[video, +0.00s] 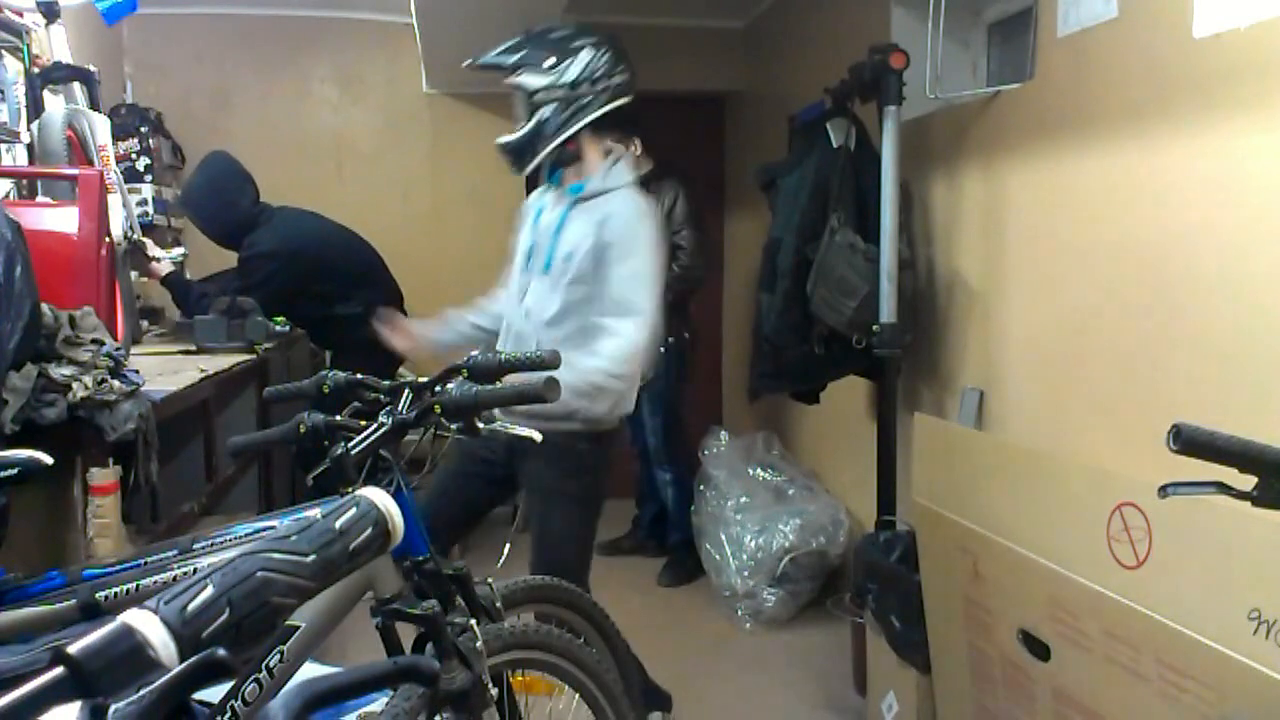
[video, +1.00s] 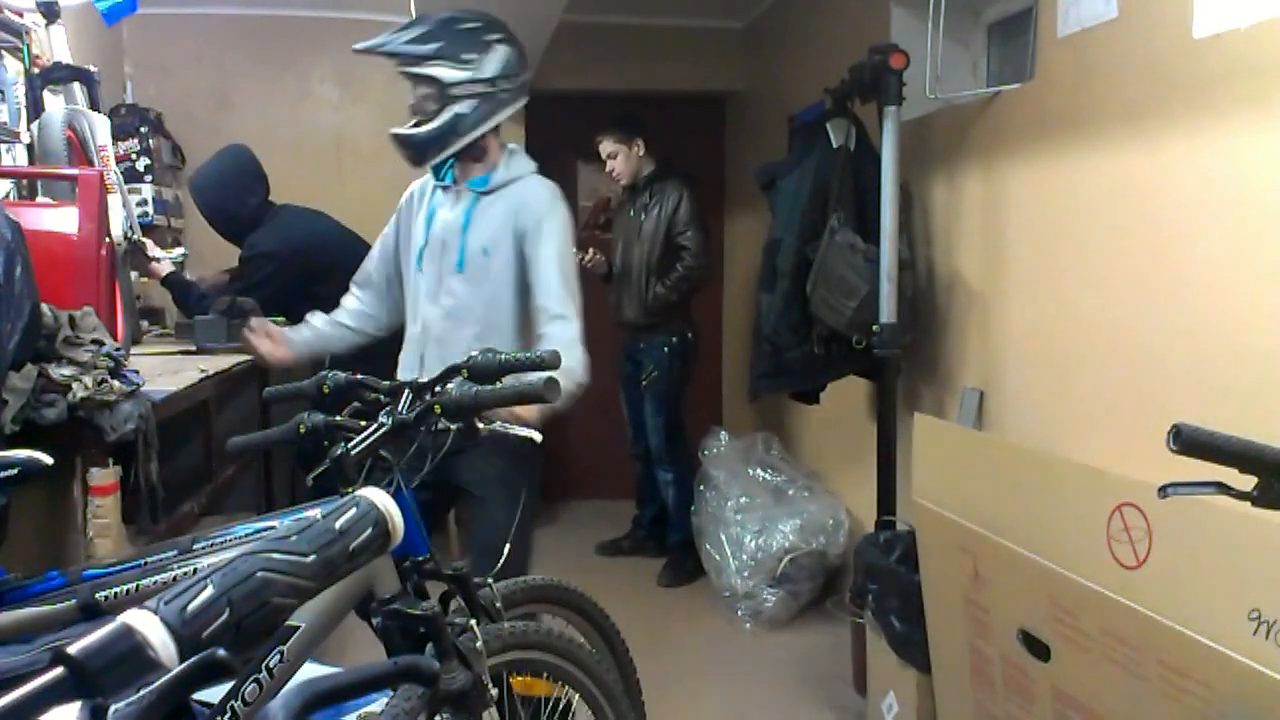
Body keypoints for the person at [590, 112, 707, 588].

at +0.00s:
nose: (611, 164)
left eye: (614, 155)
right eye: (607, 157)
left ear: (636, 149)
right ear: (615, 157)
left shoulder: (669, 193)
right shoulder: (615, 202)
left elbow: (690, 263)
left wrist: (654, 299)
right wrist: (614, 299)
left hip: (665, 328)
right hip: (629, 325)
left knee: (662, 437)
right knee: (640, 436)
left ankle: (684, 543)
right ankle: (649, 527)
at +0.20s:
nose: (606, 166)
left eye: (610, 156)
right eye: (602, 159)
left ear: (636, 149)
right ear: (615, 160)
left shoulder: (671, 193)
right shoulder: (626, 202)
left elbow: (691, 259)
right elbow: (621, 260)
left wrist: (655, 296)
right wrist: (614, 293)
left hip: (662, 334)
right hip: (629, 333)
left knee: (663, 440)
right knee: (639, 439)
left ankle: (685, 545)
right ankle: (649, 528)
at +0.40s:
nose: (607, 167)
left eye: (611, 156)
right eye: (603, 160)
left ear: (638, 148)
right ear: (613, 161)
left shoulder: (672, 192)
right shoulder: (624, 204)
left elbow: (694, 263)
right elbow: (624, 269)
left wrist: (653, 297)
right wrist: (601, 265)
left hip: (664, 334)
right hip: (631, 333)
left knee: (664, 441)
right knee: (640, 441)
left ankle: (683, 546)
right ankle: (650, 530)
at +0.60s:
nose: (608, 167)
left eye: (612, 156)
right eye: (603, 160)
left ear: (638, 148)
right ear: (614, 160)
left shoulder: (672, 192)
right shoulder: (625, 204)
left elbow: (695, 262)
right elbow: (627, 265)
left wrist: (654, 299)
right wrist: (603, 265)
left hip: (665, 335)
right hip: (632, 334)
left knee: (664, 442)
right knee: (640, 442)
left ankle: (683, 545)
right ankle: (649, 530)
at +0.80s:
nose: (608, 167)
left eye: (613, 156)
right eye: (604, 160)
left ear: (639, 148)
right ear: (615, 160)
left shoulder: (673, 193)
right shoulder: (625, 205)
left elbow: (695, 262)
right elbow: (626, 264)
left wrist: (655, 298)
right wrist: (603, 265)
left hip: (665, 335)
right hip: (632, 334)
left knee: (664, 442)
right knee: (640, 442)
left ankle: (683, 545)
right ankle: (649, 531)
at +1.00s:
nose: (609, 167)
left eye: (613, 157)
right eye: (604, 160)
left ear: (640, 148)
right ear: (613, 161)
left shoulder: (674, 193)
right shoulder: (626, 204)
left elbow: (695, 262)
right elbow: (626, 263)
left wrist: (656, 298)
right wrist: (603, 266)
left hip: (666, 335)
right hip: (633, 334)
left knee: (664, 441)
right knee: (640, 441)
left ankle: (684, 545)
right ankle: (649, 530)